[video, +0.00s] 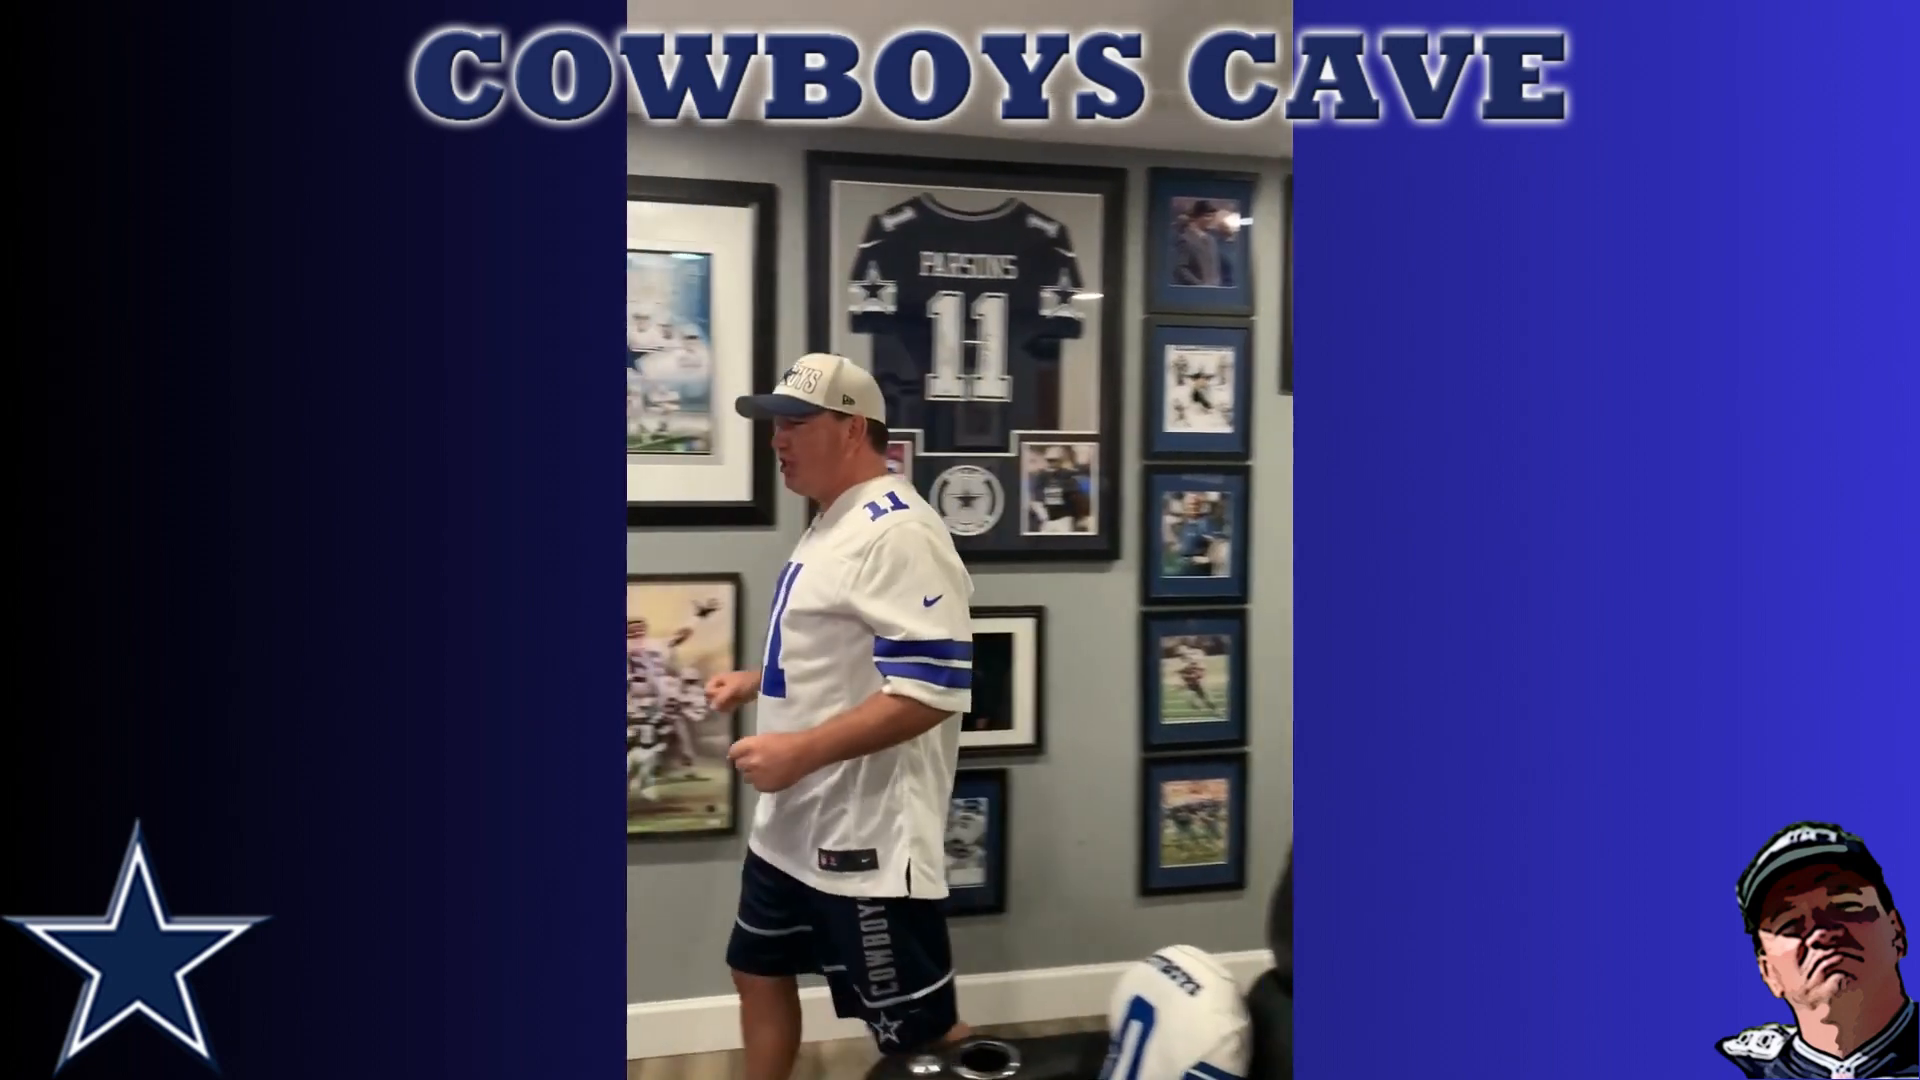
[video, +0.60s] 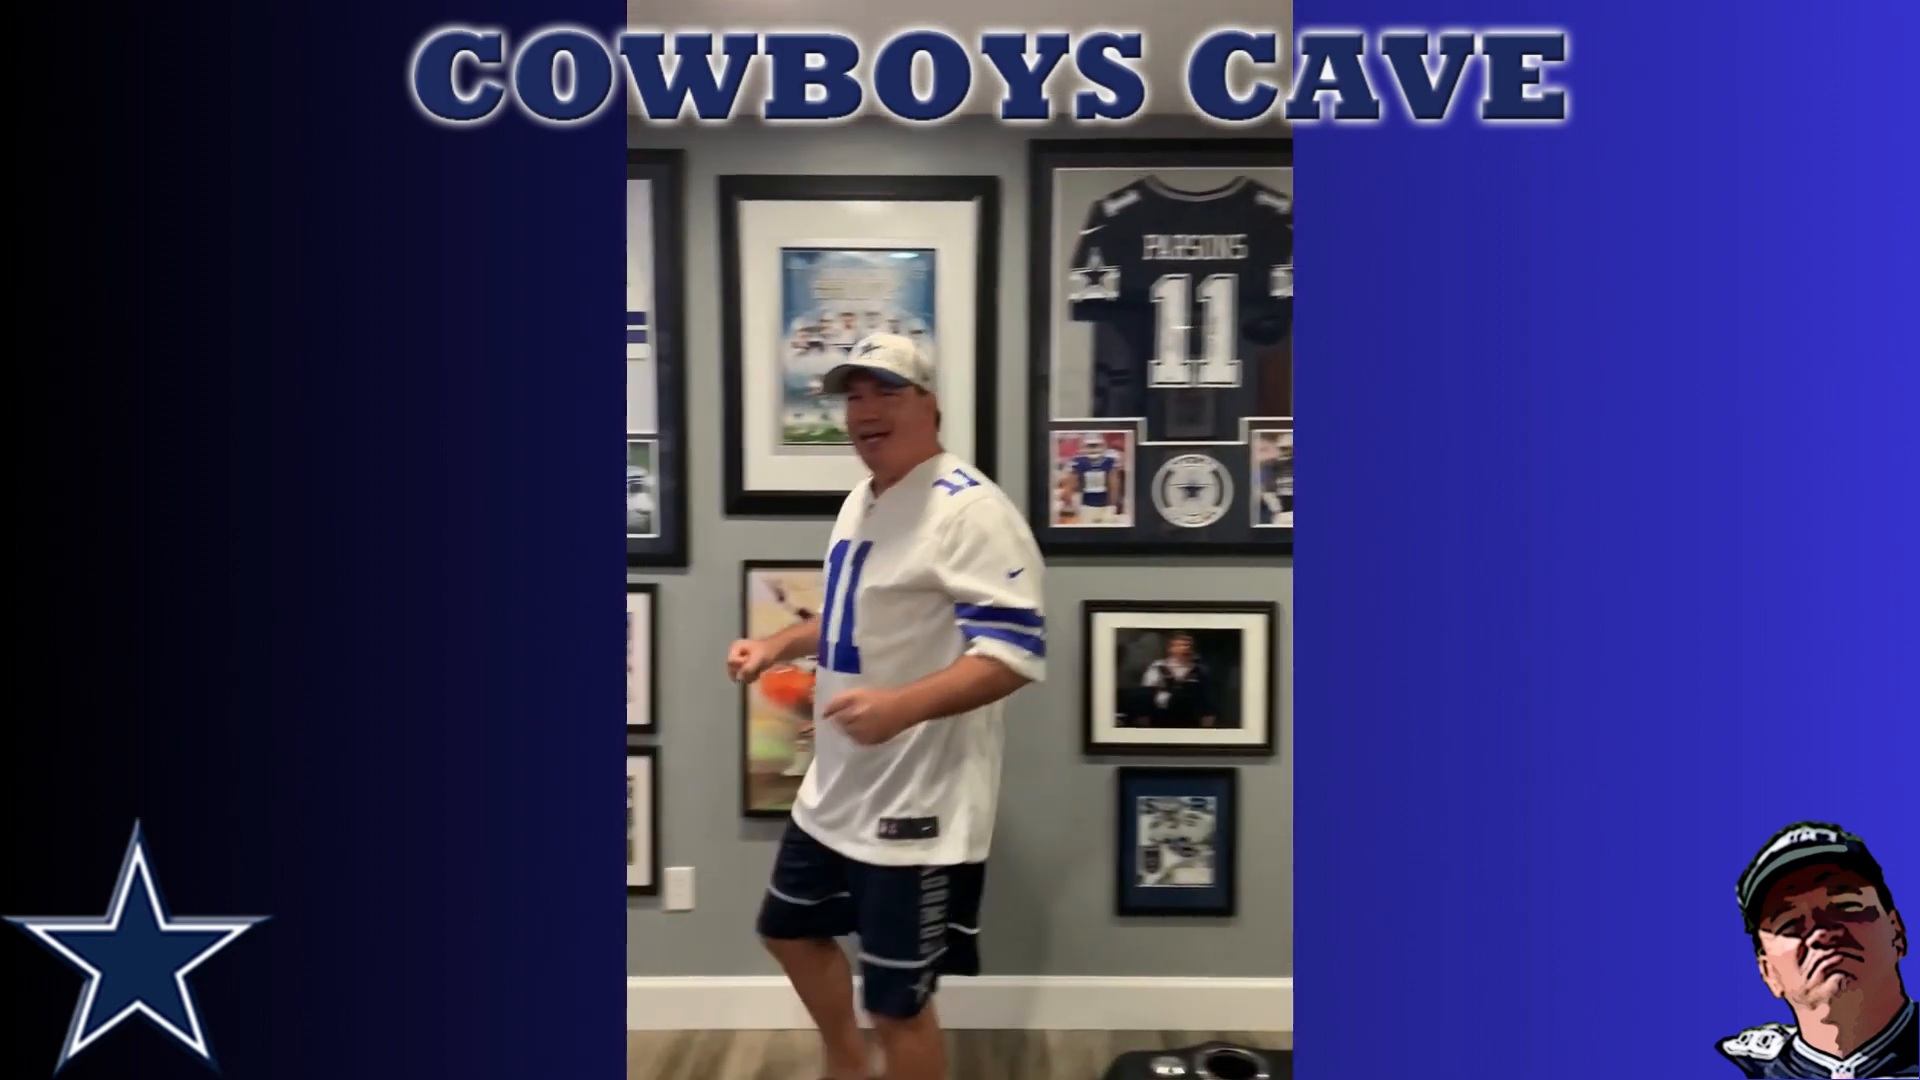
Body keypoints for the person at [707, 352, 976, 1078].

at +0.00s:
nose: (777, 439)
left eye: (795, 423)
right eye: (777, 423)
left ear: (851, 430)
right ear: (843, 434)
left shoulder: (901, 532)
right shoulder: (834, 522)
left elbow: (934, 686)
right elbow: (841, 660)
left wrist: (803, 750)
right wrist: (758, 681)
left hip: (873, 837)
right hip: (794, 822)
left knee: (922, 1033)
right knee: (759, 969)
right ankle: (768, 1078)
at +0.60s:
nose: (862, 412)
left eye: (883, 394)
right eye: (851, 397)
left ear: (931, 404)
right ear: (841, 409)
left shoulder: (975, 513)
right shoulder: (863, 501)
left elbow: (1013, 655)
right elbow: (852, 620)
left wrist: (904, 704)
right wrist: (775, 645)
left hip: (922, 805)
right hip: (837, 786)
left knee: (899, 1002)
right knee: (793, 930)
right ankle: (848, 1062)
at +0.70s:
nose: (894, 408)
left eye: (913, 390)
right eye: (878, 394)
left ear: (950, 405)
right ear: (864, 409)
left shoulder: (996, 509)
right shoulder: (860, 497)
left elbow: (1049, 639)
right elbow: (837, 602)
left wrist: (954, 680)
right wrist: (770, 632)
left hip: (936, 801)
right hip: (848, 790)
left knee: (929, 995)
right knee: (822, 946)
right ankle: (822, 1070)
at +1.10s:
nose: (945, 399)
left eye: (954, 382)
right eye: (923, 386)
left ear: (969, 388)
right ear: (888, 402)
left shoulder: (1023, 486)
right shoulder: (845, 494)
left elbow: (1086, 555)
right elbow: (794, 573)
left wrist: (1111, 586)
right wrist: (765, 600)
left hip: (998, 756)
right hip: (885, 757)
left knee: (1021, 930)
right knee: (886, 911)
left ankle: (1046, 1073)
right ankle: (892, 1062)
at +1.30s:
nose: (944, 384)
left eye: (957, 374)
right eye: (927, 375)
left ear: (978, 396)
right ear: (900, 401)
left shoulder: (1031, 481)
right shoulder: (858, 489)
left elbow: (1099, 563)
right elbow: (808, 575)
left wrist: (1149, 579)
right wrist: (779, 595)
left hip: (1010, 739)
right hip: (902, 743)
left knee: (1031, 908)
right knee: (894, 905)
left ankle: (1050, 1069)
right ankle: (897, 1059)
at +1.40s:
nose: (951, 385)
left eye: (963, 377)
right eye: (936, 377)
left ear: (982, 398)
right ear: (908, 397)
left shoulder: (1030, 481)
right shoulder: (866, 486)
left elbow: (1096, 571)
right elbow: (816, 581)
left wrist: (1162, 592)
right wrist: (769, 599)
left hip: (1016, 740)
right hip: (907, 744)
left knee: (1034, 908)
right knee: (896, 907)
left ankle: (1049, 1067)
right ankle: (896, 1059)